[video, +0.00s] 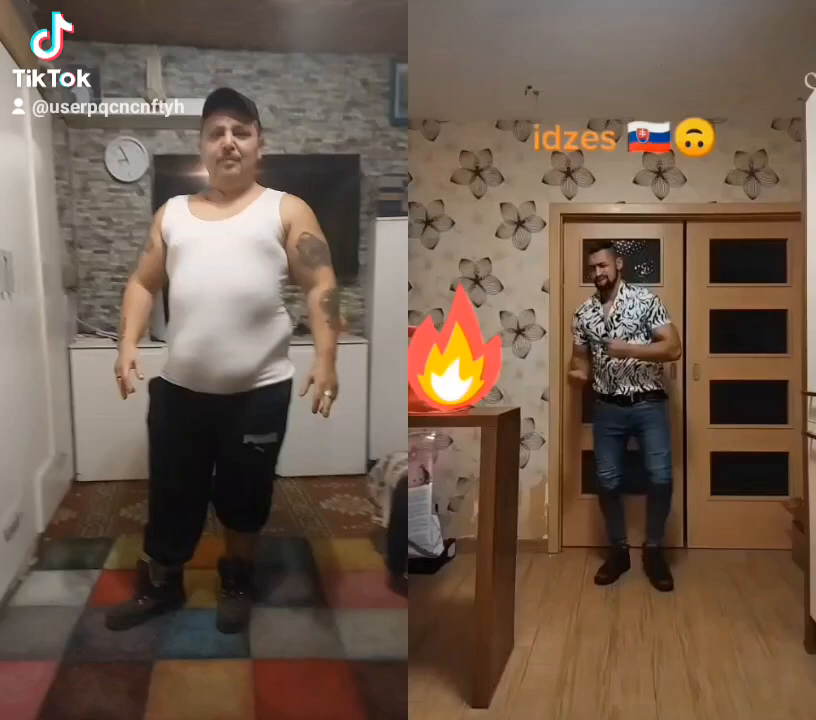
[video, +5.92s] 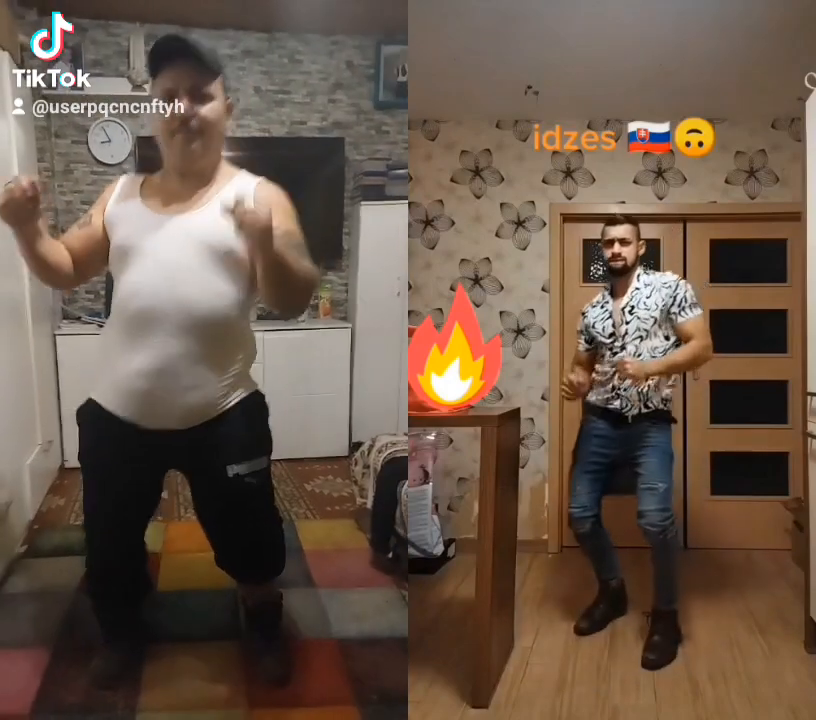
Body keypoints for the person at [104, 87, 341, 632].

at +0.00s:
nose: (228, 144)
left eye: (240, 133)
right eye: (217, 134)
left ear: (259, 144)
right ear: (202, 147)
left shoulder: (288, 212)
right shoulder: (173, 215)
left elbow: (321, 287)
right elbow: (144, 282)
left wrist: (327, 360)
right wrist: (128, 345)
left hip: (257, 391)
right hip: (179, 387)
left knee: (243, 499)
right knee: (170, 494)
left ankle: (236, 585)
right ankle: (161, 587)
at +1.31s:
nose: (205, 148)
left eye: (217, 137)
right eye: (191, 139)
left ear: (236, 151)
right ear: (176, 156)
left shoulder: (273, 214)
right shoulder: (150, 230)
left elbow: (319, 290)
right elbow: (127, 300)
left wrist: (287, 280)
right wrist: (109, 310)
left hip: (262, 408)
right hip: (178, 413)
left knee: (277, 525)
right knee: (196, 530)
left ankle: (286, 615)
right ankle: (215, 616)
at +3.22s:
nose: (215, 113)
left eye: (227, 102)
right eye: (200, 104)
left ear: (243, 115)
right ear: (177, 120)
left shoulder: (274, 183)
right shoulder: (151, 198)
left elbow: (314, 258)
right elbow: (116, 270)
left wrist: (250, 285)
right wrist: (125, 281)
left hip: (248, 382)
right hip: (162, 384)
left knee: (260, 504)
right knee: (164, 504)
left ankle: (263, 586)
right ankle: (174, 591)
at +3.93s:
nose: (239, 155)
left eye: (249, 143)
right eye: (226, 145)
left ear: (266, 153)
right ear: (208, 160)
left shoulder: (305, 211)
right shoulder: (188, 237)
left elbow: (356, 255)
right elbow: (165, 316)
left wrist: (349, 298)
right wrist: (199, 346)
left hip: (296, 406)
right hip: (214, 409)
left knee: (296, 523)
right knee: (215, 523)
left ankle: (289, 609)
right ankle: (218, 611)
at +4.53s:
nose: (255, 107)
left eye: (269, 99)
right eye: (245, 92)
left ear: (281, 117)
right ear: (216, 97)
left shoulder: (287, 198)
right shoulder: (168, 164)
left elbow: (298, 283)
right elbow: (113, 233)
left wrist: (304, 277)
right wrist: (167, 268)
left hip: (245, 374)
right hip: (158, 371)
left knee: (264, 495)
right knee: (152, 499)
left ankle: (268, 584)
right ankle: (147, 594)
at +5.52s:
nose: (195, 125)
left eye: (212, 110)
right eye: (185, 116)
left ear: (253, 119)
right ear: (178, 134)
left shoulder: (304, 196)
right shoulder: (166, 219)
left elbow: (363, 291)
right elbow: (125, 303)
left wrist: (337, 260)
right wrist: (89, 291)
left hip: (285, 436)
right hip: (181, 433)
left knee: (291, 579)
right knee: (152, 578)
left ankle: (280, 659)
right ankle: (142, 668)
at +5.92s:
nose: (184, 110)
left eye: (199, 95)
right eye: (169, 97)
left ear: (227, 107)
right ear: (151, 111)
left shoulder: (260, 198)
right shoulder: (122, 195)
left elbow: (292, 300)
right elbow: (65, 269)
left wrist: (264, 244)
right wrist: (29, 231)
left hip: (223, 414)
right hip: (120, 414)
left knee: (253, 549)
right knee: (109, 554)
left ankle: (263, 627)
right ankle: (120, 643)